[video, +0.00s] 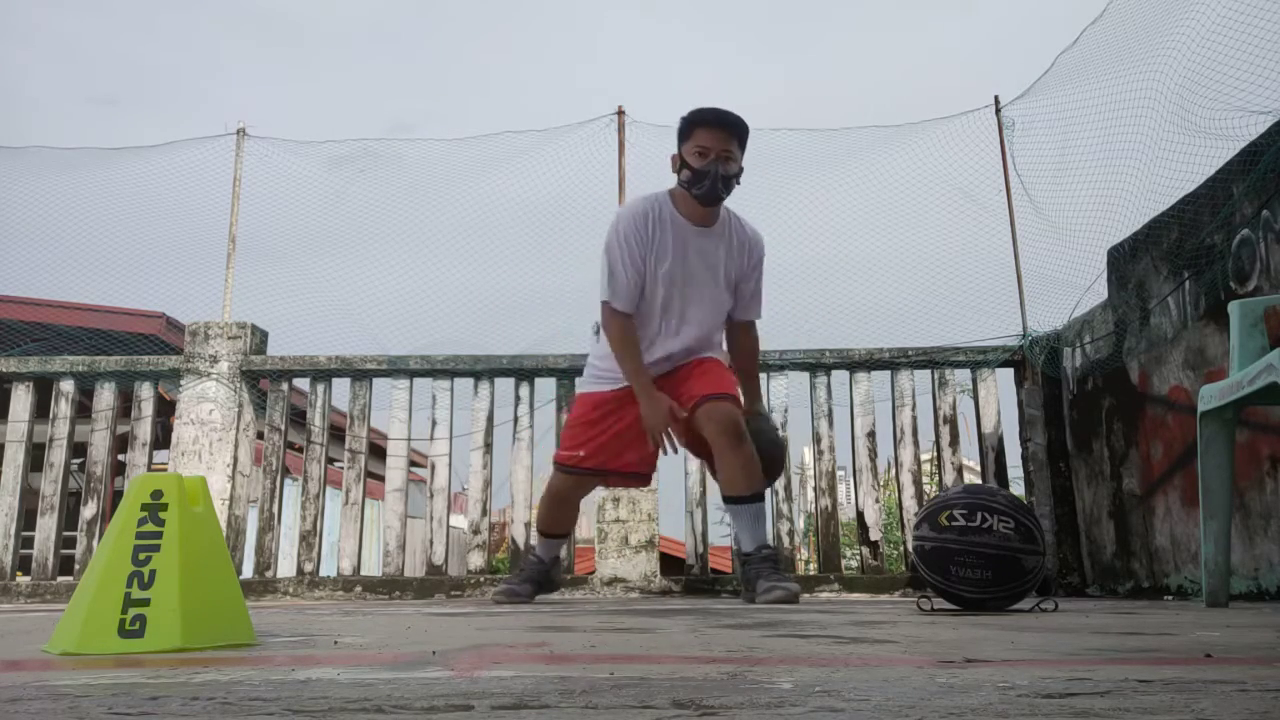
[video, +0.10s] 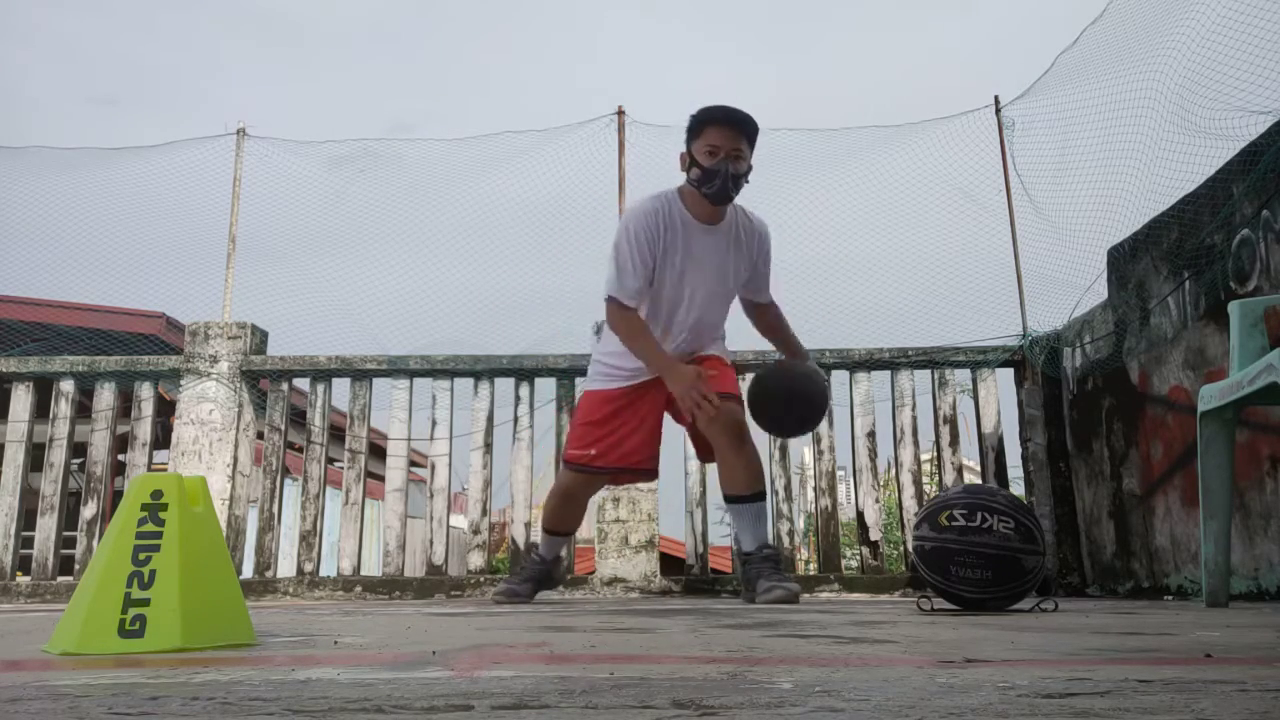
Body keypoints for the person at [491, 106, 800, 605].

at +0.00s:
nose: (713, 169)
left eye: (726, 159)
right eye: (701, 155)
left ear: (739, 169)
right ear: (678, 160)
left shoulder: (745, 243)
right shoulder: (637, 220)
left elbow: (743, 330)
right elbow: (616, 315)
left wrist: (755, 412)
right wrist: (646, 391)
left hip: (693, 362)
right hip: (620, 363)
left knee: (728, 422)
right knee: (569, 475)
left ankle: (758, 564)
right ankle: (542, 565)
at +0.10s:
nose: (724, 166)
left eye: (736, 157)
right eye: (712, 153)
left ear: (748, 167)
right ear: (687, 159)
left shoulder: (750, 232)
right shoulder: (646, 219)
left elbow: (759, 302)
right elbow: (619, 310)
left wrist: (797, 355)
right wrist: (669, 369)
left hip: (699, 358)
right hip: (626, 361)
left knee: (730, 425)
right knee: (577, 475)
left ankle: (759, 564)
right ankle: (542, 563)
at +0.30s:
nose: (703, 150)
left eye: (715, 141)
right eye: (692, 138)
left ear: (729, 150)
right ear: (669, 143)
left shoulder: (739, 216)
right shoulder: (632, 209)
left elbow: (753, 300)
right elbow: (641, 301)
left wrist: (760, 364)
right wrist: (690, 355)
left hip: (696, 351)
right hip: (620, 354)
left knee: (730, 434)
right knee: (574, 462)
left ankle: (760, 565)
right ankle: (543, 563)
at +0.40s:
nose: (681, 148)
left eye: (693, 138)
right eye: (669, 136)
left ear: (708, 146)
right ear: (648, 141)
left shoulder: (721, 213)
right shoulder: (615, 208)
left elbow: (718, 304)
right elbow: (621, 300)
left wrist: (692, 373)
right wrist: (639, 380)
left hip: (687, 358)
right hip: (614, 359)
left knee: (718, 433)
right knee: (568, 460)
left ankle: (761, 564)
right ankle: (541, 568)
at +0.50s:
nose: (659, 153)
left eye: (672, 143)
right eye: (648, 141)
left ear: (689, 151)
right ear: (630, 145)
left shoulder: (707, 221)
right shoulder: (595, 216)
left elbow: (706, 316)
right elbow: (574, 303)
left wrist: (672, 372)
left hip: (680, 359)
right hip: (602, 364)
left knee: (710, 429)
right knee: (558, 441)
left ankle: (759, 563)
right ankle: (541, 568)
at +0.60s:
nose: (647, 159)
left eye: (661, 149)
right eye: (637, 147)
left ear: (679, 157)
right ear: (619, 150)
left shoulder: (702, 225)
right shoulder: (585, 219)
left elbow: (719, 312)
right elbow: (549, 289)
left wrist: (697, 361)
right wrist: (506, 323)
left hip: (678, 359)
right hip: (603, 364)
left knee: (705, 430)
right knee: (552, 451)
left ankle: (758, 561)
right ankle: (541, 566)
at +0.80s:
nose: (673, 149)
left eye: (686, 140)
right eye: (662, 136)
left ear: (704, 148)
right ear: (643, 139)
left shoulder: (722, 221)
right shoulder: (602, 208)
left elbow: (737, 305)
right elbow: (574, 290)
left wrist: (746, 378)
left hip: (685, 354)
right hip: (607, 359)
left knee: (711, 426)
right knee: (564, 443)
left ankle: (758, 563)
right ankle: (541, 568)